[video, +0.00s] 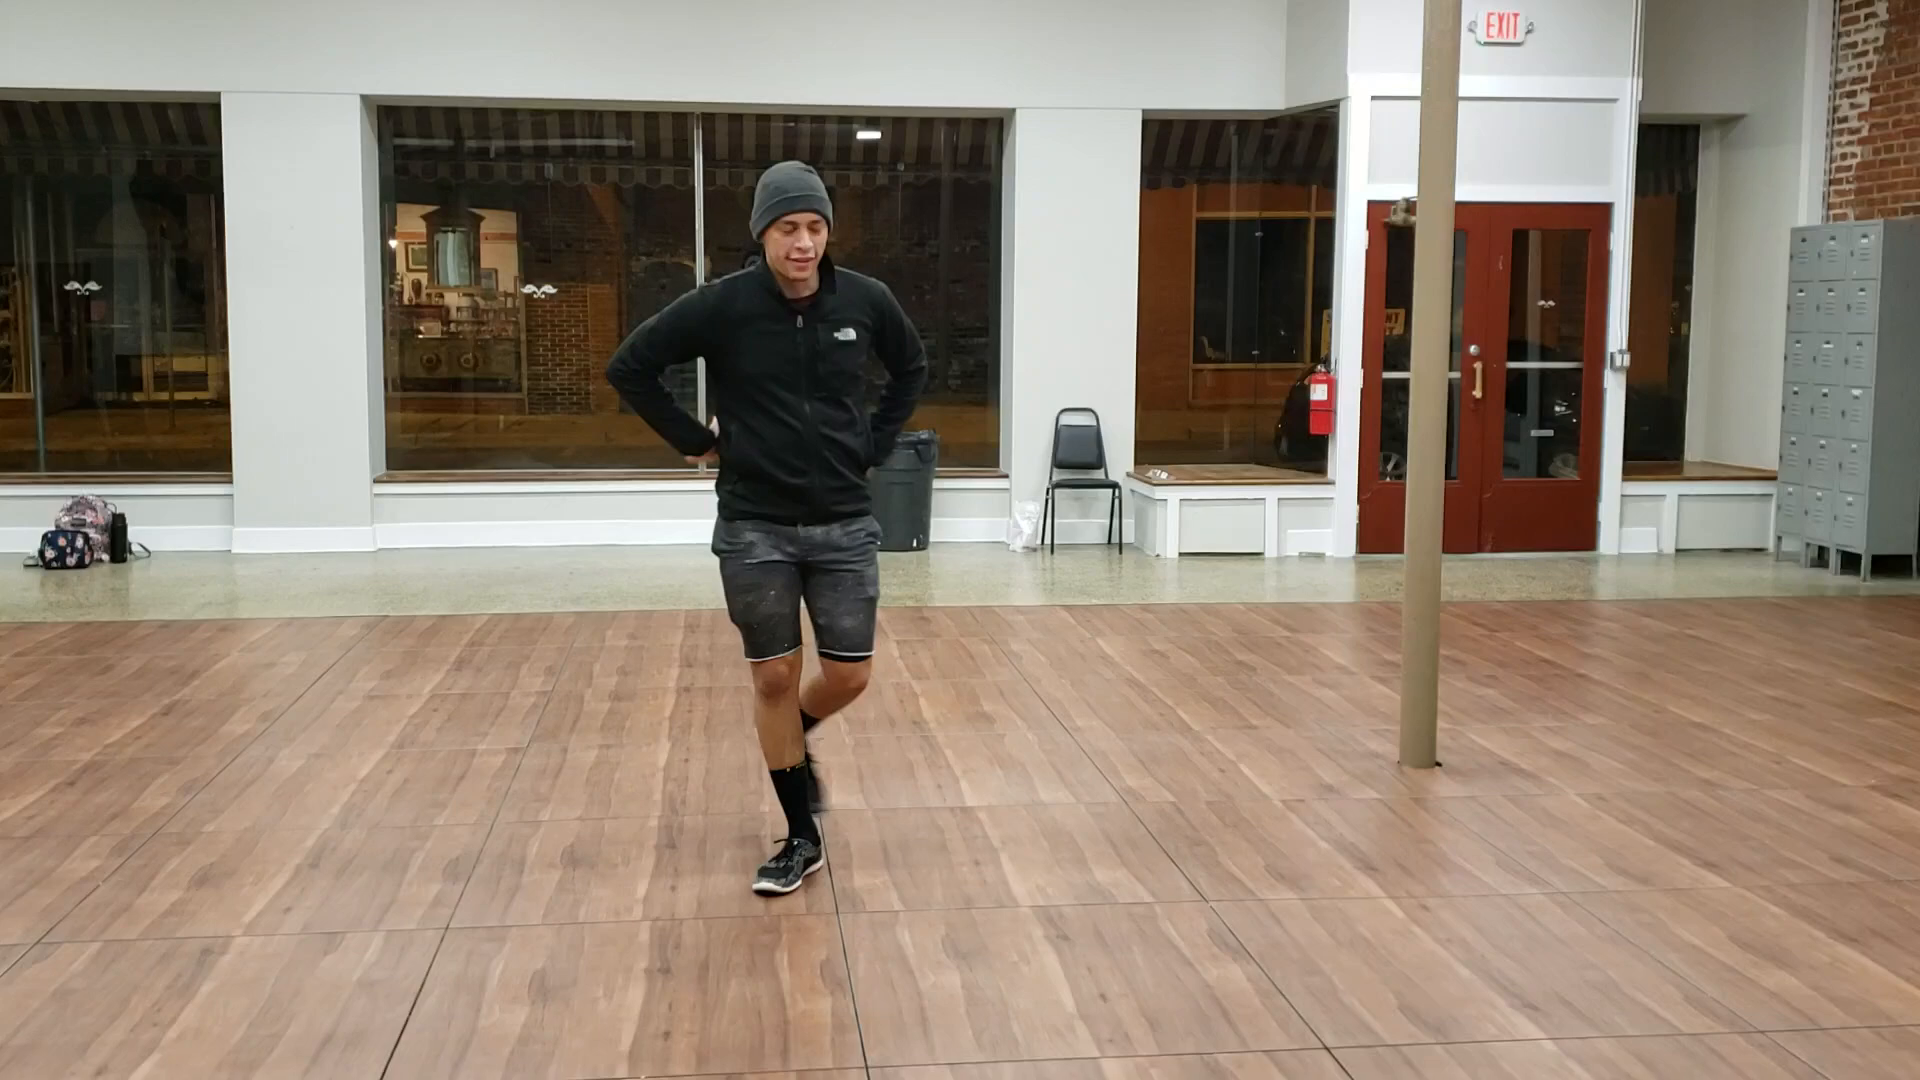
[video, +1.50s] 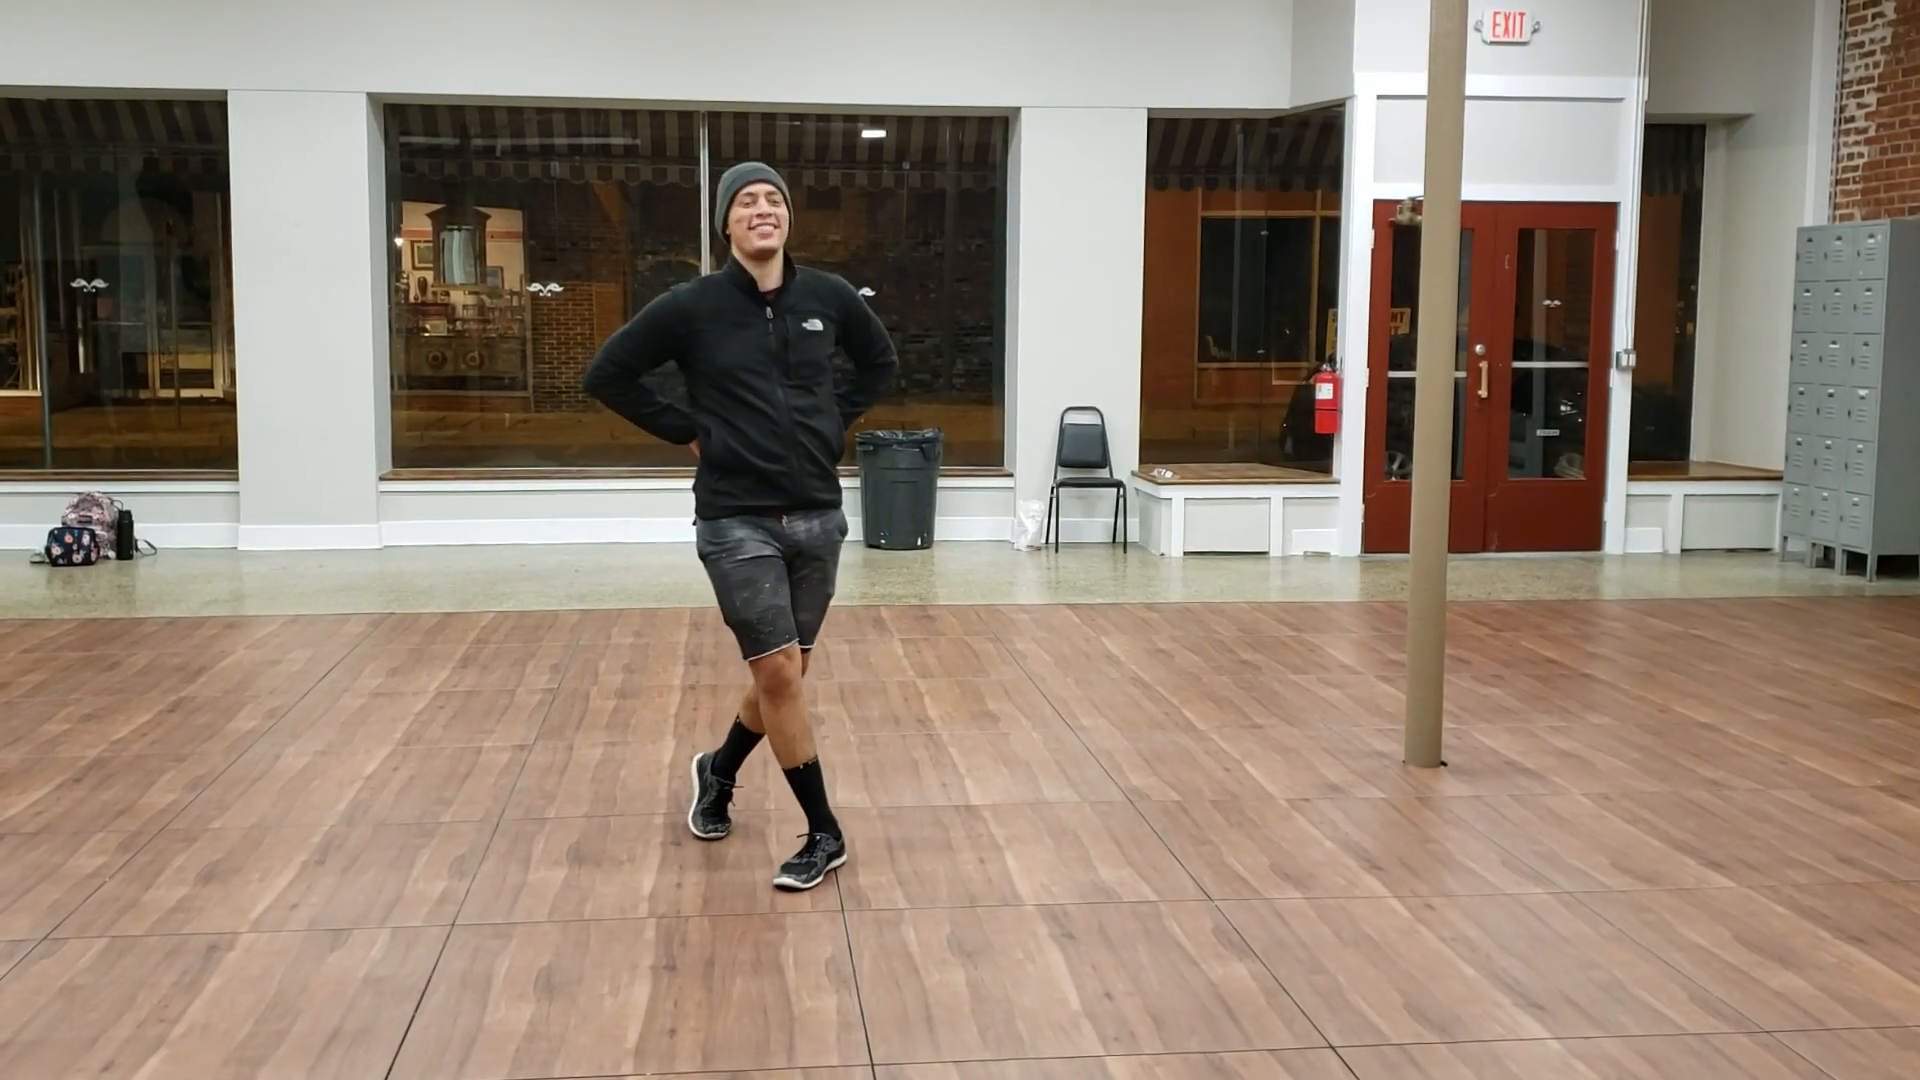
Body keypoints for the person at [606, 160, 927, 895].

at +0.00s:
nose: (802, 241)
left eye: (813, 226)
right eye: (787, 227)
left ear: (830, 233)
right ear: (760, 235)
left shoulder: (868, 301)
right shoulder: (719, 305)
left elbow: (912, 371)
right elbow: (628, 369)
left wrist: (866, 450)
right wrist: (696, 441)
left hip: (843, 520)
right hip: (754, 522)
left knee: (849, 674)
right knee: (775, 680)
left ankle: (792, 724)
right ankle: (802, 836)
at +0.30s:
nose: (795, 237)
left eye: (806, 224)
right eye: (780, 225)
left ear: (821, 233)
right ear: (754, 235)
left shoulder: (854, 305)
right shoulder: (712, 307)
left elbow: (883, 374)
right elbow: (626, 376)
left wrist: (839, 430)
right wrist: (700, 438)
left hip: (825, 523)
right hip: (742, 521)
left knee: (802, 682)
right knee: (769, 677)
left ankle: (723, 761)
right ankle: (802, 837)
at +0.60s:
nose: (811, 227)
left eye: (819, 219)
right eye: (799, 214)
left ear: (820, 234)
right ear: (760, 221)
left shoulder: (821, 308)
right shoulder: (701, 296)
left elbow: (846, 387)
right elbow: (604, 361)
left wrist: (808, 432)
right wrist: (669, 433)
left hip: (797, 516)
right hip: (718, 516)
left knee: (762, 670)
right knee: (760, 670)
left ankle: (693, 769)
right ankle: (801, 832)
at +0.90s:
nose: (783, 223)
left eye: (788, 214)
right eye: (768, 212)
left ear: (791, 228)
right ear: (731, 222)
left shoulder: (794, 304)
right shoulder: (682, 300)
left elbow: (813, 370)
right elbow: (591, 369)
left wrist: (785, 419)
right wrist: (656, 435)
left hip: (781, 506)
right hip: (706, 510)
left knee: (755, 660)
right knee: (753, 656)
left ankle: (687, 773)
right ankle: (794, 825)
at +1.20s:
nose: (760, 216)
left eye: (769, 206)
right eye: (744, 205)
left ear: (779, 224)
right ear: (713, 223)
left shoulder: (802, 302)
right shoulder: (674, 304)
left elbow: (841, 361)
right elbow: (586, 374)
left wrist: (801, 412)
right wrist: (667, 426)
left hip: (797, 512)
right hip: (718, 519)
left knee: (764, 665)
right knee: (770, 665)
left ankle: (695, 772)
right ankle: (819, 828)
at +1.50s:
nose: (762, 210)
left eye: (772, 201)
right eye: (747, 202)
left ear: (790, 220)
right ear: (725, 225)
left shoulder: (832, 296)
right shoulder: (690, 306)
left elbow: (881, 367)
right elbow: (604, 377)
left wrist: (831, 423)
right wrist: (688, 432)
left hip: (817, 514)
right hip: (733, 516)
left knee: (785, 675)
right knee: (779, 671)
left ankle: (719, 769)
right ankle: (824, 833)